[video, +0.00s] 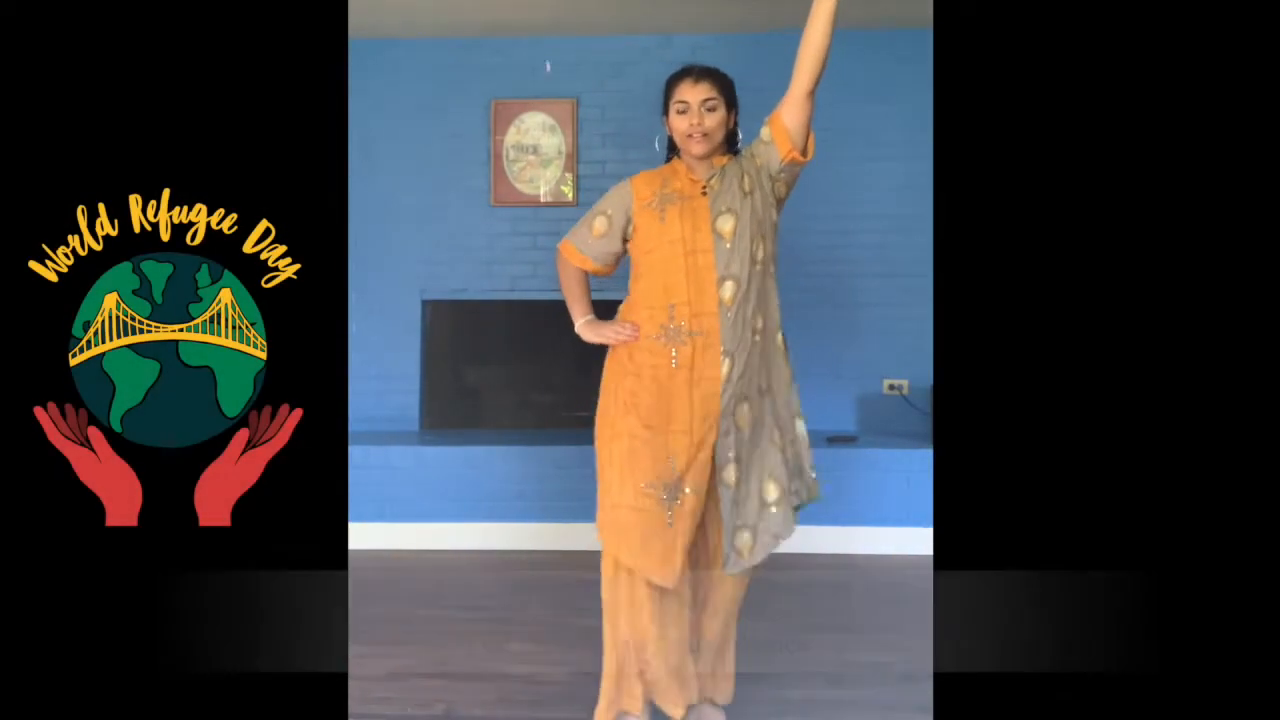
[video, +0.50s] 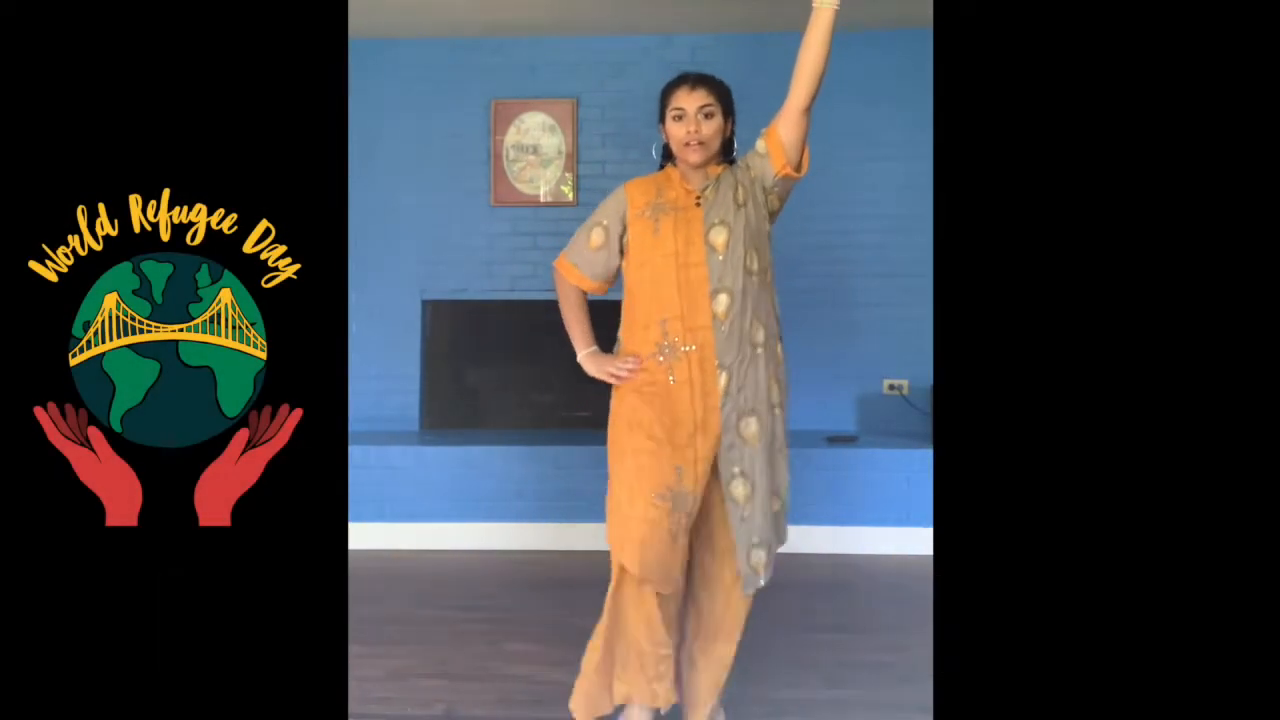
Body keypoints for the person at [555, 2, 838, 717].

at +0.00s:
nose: (695, 119)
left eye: (709, 107)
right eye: (683, 109)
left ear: (731, 117)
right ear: (667, 120)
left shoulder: (757, 179)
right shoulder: (641, 191)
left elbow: (803, 87)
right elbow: (571, 252)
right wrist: (584, 321)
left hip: (731, 386)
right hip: (646, 386)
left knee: (721, 550)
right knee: (642, 550)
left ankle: (702, 698)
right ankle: (632, 701)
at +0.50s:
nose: (692, 125)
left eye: (706, 114)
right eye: (679, 115)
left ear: (727, 127)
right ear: (664, 129)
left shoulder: (752, 189)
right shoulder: (636, 199)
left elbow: (799, 104)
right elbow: (571, 271)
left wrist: (825, 9)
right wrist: (588, 354)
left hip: (738, 402)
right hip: (652, 401)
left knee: (726, 565)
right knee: (649, 559)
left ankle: (702, 706)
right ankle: (639, 703)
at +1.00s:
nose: (689, 117)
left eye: (702, 105)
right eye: (675, 107)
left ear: (723, 117)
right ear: (660, 121)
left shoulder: (751, 179)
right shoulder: (634, 194)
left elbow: (803, 91)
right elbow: (566, 258)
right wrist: (579, 332)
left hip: (731, 391)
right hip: (643, 390)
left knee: (729, 551)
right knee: (634, 552)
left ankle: (704, 701)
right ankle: (630, 705)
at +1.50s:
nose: (678, 106)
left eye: (692, 95)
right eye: (666, 95)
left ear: (714, 109)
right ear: (649, 111)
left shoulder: (740, 162)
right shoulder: (621, 188)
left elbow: (825, 116)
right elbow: (567, 235)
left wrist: (812, 138)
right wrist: (528, 233)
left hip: (723, 384)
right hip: (637, 385)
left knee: (720, 547)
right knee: (633, 541)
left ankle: (714, 702)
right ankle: (635, 695)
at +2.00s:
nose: (696, 118)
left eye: (709, 105)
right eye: (683, 107)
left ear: (734, 116)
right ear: (667, 122)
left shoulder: (763, 201)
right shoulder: (636, 193)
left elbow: (766, 297)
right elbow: (599, 268)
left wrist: (730, 315)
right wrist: (604, 291)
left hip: (729, 390)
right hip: (647, 387)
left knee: (726, 532)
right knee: (652, 524)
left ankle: (707, 690)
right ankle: (661, 680)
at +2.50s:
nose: (696, 151)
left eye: (711, 138)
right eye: (684, 138)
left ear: (731, 142)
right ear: (667, 142)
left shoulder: (762, 215)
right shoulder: (635, 206)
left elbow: (769, 321)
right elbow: (613, 311)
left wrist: (778, 414)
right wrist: (595, 403)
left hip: (733, 413)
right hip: (647, 411)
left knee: (732, 560)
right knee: (651, 559)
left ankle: (712, 702)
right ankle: (660, 695)